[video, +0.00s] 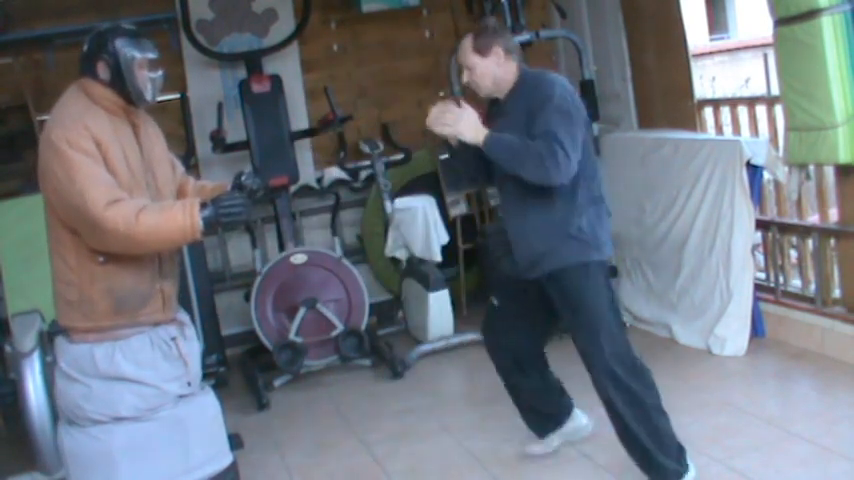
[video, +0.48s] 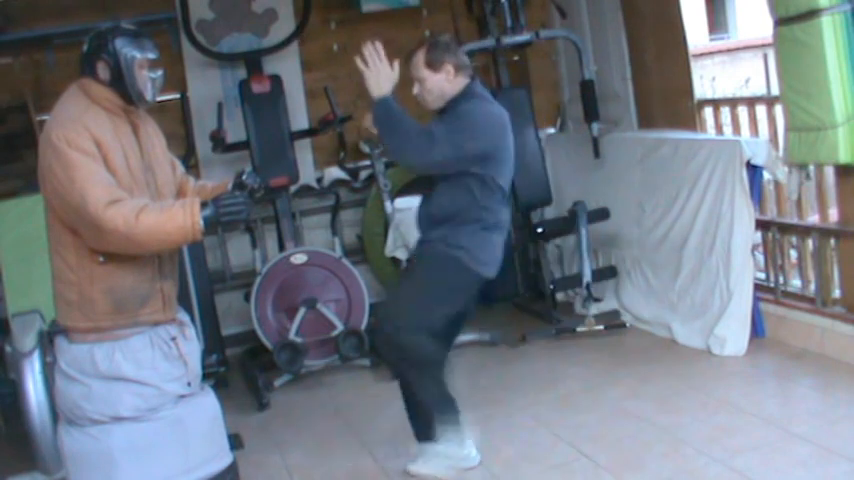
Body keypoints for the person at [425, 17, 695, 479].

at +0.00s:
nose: (465, 80)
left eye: (469, 69)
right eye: (462, 71)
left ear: (497, 58)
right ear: (490, 63)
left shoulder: (553, 92)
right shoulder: (495, 111)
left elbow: (555, 165)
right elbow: (466, 176)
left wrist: (480, 136)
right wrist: (455, 138)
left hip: (574, 251)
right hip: (528, 257)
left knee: (608, 360)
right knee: (505, 336)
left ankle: (672, 469)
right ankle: (559, 421)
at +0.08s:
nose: (456, 71)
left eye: (460, 60)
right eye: (454, 62)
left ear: (488, 49)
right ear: (483, 53)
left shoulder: (530, 81)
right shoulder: (502, 95)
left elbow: (525, 151)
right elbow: (490, 162)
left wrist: (452, 127)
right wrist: (452, 133)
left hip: (563, 238)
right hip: (524, 242)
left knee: (604, 350)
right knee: (508, 334)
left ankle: (664, 463)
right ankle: (519, 434)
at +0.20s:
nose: (445, 90)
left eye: (449, 79)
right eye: (443, 81)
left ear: (478, 70)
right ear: (477, 72)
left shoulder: (509, 107)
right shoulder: (501, 104)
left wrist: (400, 108)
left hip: (556, 259)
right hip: (521, 261)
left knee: (602, 364)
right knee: (487, 346)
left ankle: (675, 463)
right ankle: (464, 440)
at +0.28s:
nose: (429, 89)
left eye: (434, 79)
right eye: (428, 81)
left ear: (462, 73)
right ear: (463, 74)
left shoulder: (491, 110)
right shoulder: (488, 108)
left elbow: (413, 136)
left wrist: (397, 87)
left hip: (536, 262)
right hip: (501, 265)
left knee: (587, 364)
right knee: (462, 345)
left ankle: (671, 457)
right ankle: (455, 446)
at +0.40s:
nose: (415, 84)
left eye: (420, 74)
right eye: (414, 76)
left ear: (450, 69)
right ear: (450, 71)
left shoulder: (477, 108)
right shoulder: (465, 107)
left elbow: (404, 133)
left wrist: (378, 80)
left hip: (490, 260)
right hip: (458, 259)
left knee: (476, 354)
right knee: (427, 352)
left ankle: (575, 424)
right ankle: (450, 447)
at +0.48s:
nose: (416, 91)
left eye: (420, 81)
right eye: (414, 83)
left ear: (448, 73)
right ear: (447, 75)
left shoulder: (481, 116)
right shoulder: (469, 113)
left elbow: (420, 151)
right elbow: (424, 154)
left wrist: (384, 99)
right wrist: (386, 133)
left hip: (463, 250)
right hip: (450, 247)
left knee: (399, 328)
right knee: (415, 341)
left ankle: (452, 439)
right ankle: (439, 447)